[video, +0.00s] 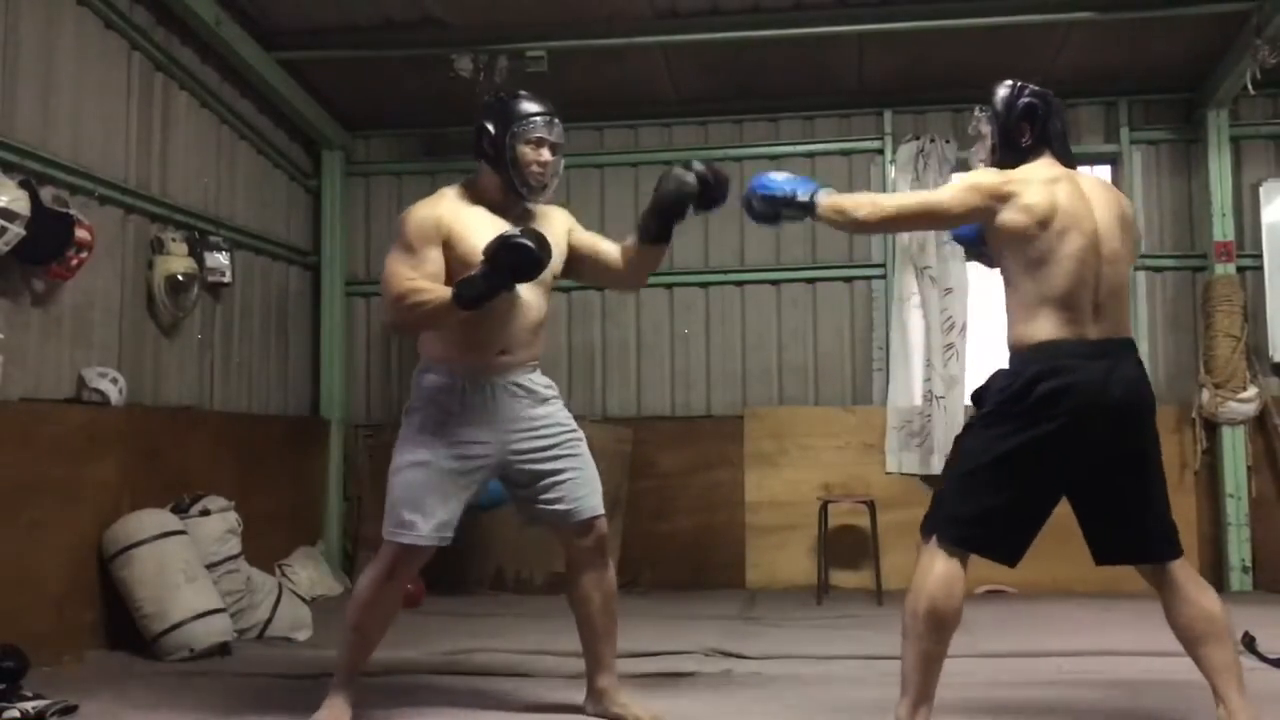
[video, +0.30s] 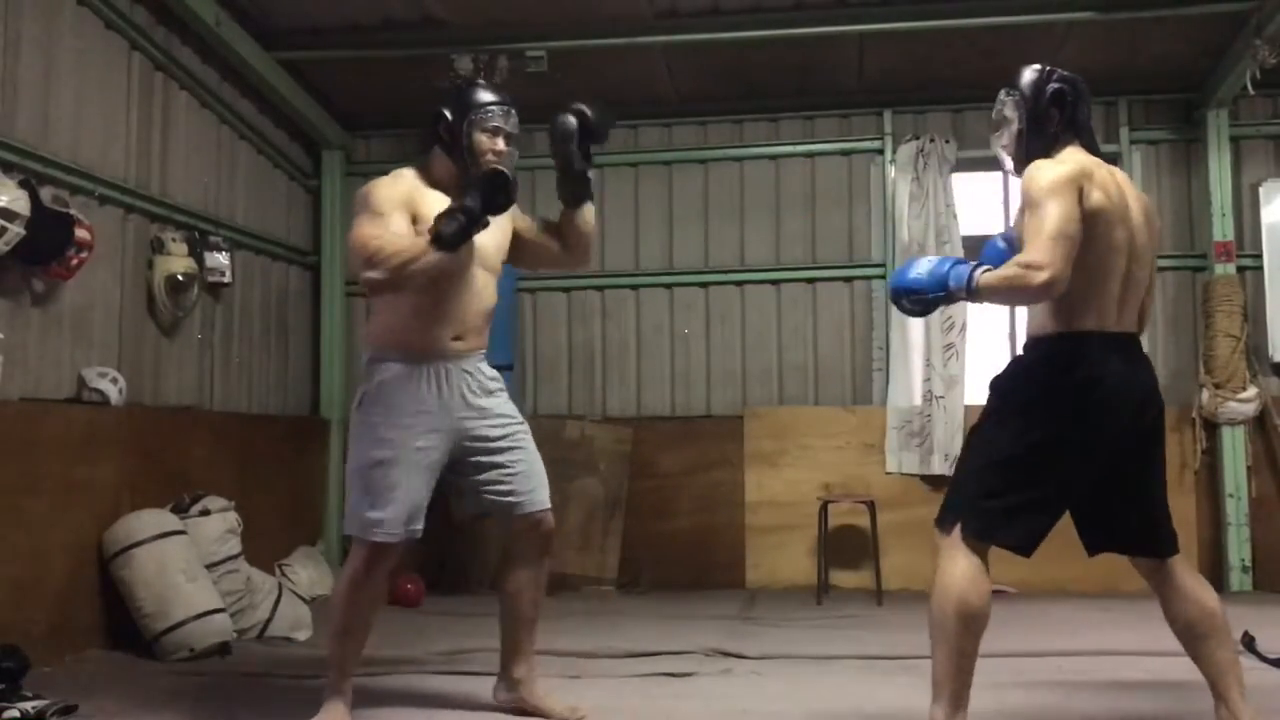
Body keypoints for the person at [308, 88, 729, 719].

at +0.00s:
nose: (548, 158)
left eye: (554, 147)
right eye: (534, 144)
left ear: (559, 155)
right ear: (494, 145)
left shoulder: (554, 224)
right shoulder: (434, 215)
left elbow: (629, 269)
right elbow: (402, 307)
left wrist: (661, 216)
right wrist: (482, 284)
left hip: (529, 395)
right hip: (447, 399)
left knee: (592, 530)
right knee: (404, 548)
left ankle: (604, 687)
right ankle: (340, 690)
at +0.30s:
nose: (503, 149)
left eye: (510, 139)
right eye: (491, 135)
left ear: (511, 146)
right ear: (450, 133)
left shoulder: (500, 217)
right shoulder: (393, 192)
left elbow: (574, 254)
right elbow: (369, 263)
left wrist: (574, 173)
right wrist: (454, 229)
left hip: (477, 383)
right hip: (401, 386)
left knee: (533, 521)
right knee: (378, 544)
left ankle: (518, 680)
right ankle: (337, 693)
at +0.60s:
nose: (500, 147)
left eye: (507, 135)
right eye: (486, 132)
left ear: (510, 144)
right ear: (445, 132)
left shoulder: (490, 218)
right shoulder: (391, 197)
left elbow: (560, 279)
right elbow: (379, 294)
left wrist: (576, 207)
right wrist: (456, 272)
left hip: (481, 385)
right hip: (407, 387)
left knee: (529, 537)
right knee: (382, 549)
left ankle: (571, 689)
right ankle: (339, 696)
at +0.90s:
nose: (527, 147)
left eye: (533, 136)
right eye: (514, 131)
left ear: (535, 144)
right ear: (472, 130)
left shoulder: (520, 212)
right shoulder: (414, 198)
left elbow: (604, 239)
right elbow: (395, 294)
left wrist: (608, 162)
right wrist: (477, 262)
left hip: (511, 385)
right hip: (434, 390)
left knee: (560, 537)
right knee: (415, 554)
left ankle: (583, 691)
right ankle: (372, 698)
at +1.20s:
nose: (555, 147)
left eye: (561, 135)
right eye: (541, 131)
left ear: (563, 143)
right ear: (499, 131)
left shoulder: (552, 217)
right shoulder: (439, 200)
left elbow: (617, 274)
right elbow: (387, 291)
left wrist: (624, 203)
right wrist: (473, 280)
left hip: (545, 390)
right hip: (463, 398)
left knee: (600, 540)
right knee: (427, 558)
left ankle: (627, 697)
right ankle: (371, 700)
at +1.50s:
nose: (584, 137)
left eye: (590, 126)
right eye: (570, 122)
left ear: (592, 133)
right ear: (528, 124)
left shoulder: (576, 203)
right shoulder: (467, 190)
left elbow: (656, 242)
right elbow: (444, 286)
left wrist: (658, 157)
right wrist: (532, 255)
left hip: (568, 380)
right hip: (490, 386)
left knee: (612, 536)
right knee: (471, 555)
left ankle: (629, 697)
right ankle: (426, 703)